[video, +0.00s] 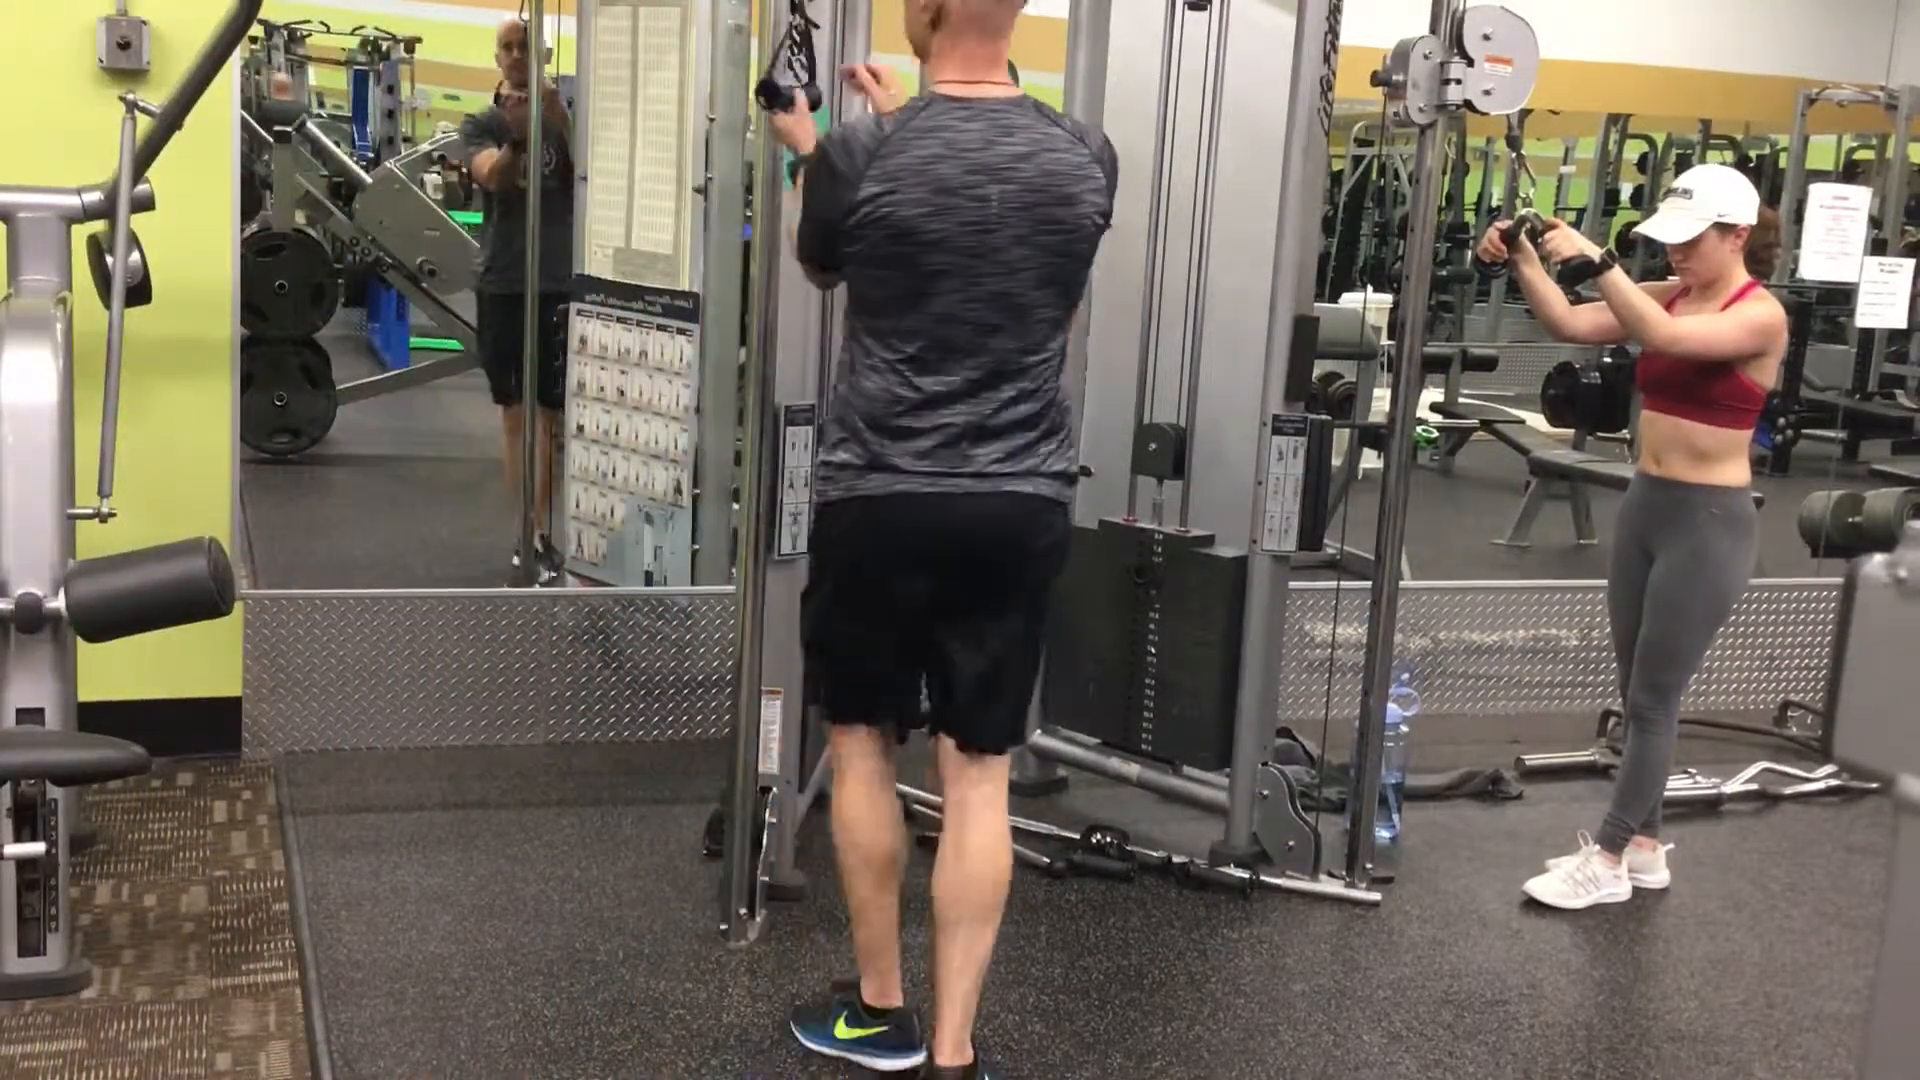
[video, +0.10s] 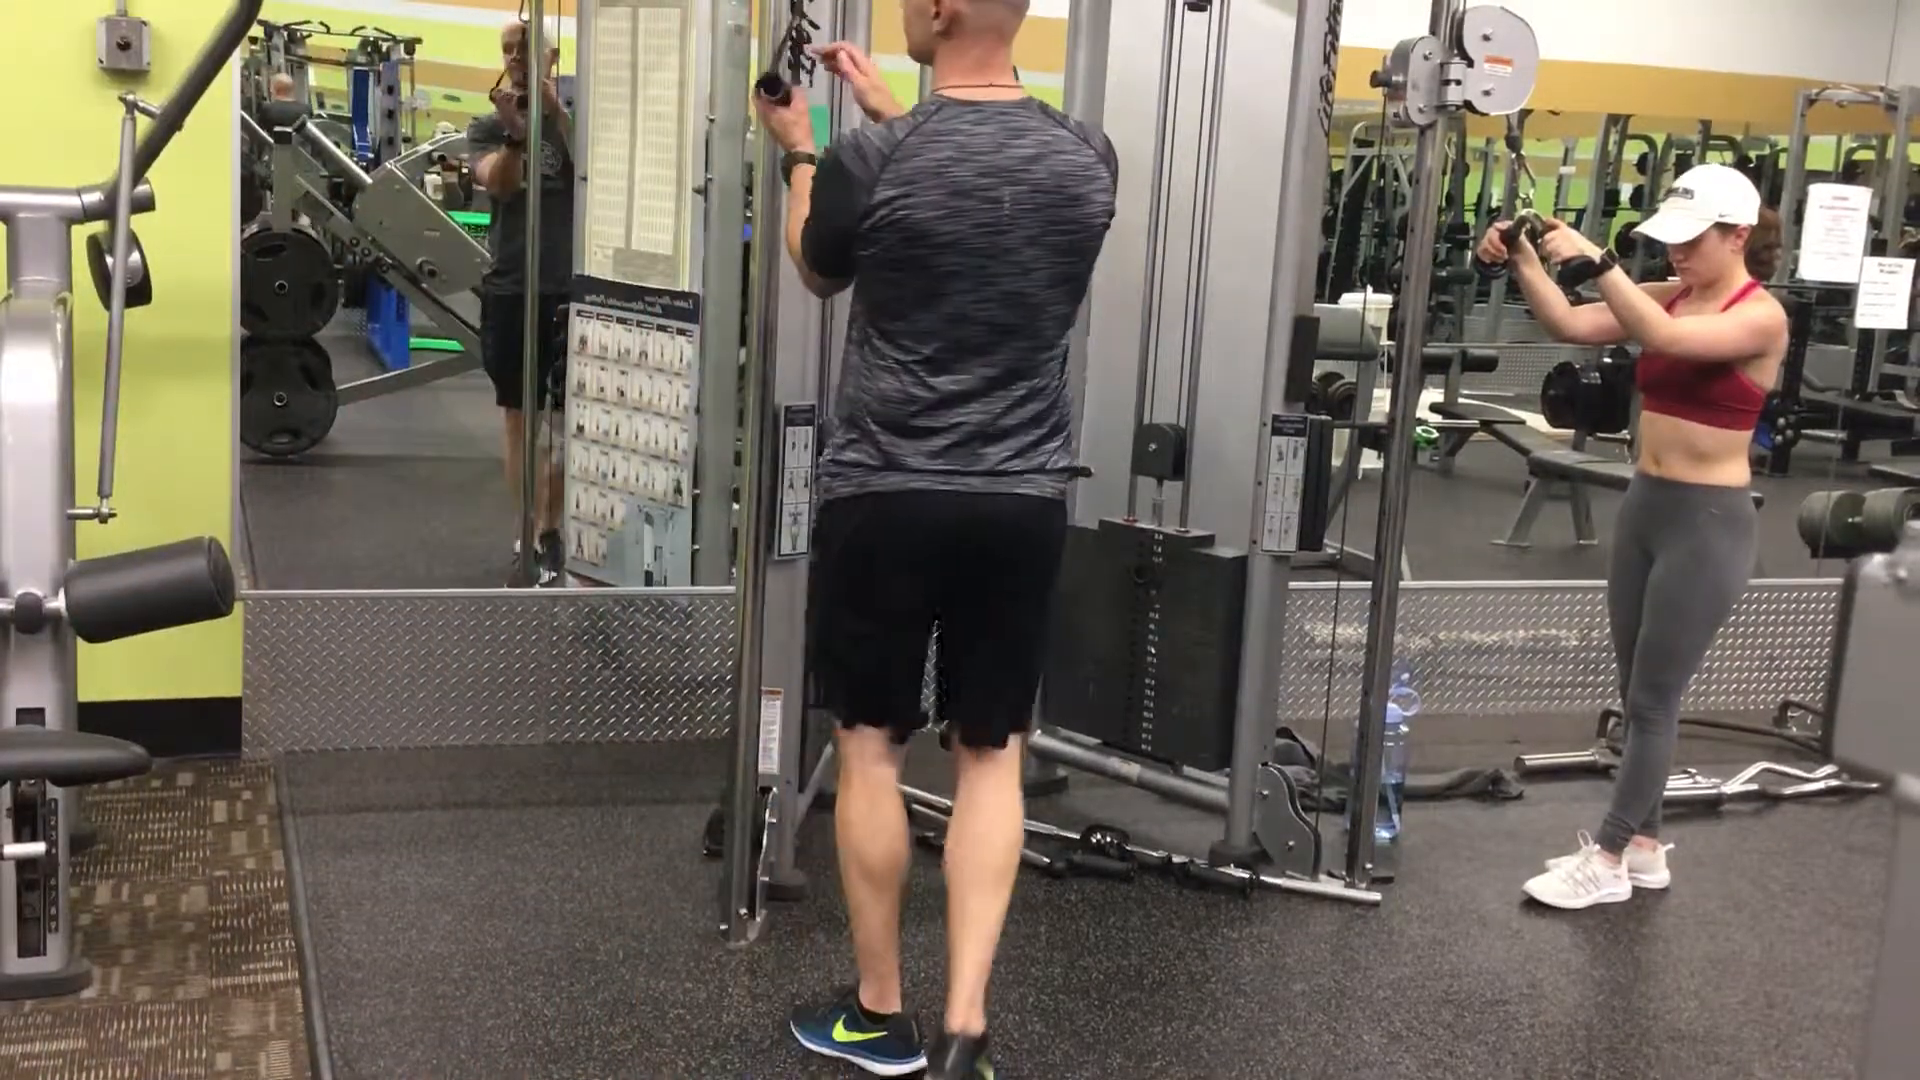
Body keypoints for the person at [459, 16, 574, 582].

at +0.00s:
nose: (516, 56)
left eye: (525, 46)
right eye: (508, 47)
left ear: (542, 49)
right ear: (496, 52)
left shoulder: (572, 107)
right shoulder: (481, 122)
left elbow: (591, 165)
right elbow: (489, 173)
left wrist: (556, 112)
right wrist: (521, 129)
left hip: (563, 281)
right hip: (504, 283)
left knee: (554, 418)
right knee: (514, 415)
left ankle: (547, 532)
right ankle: (525, 533)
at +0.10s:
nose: (517, 60)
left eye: (526, 49)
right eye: (509, 51)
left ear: (546, 52)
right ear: (501, 56)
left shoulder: (575, 114)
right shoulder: (487, 123)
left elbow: (594, 167)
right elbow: (495, 183)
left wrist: (555, 108)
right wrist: (515, 133)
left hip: (570, 285)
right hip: (510, 287)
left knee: (565, 422)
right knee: (517, 421)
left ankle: (553, 534)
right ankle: (527, 541)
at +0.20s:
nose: (526, 67)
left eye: (538, 57)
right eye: (518, 57)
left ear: (560, 61)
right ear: (508, 61)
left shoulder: (579, 116)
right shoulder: (498, 116)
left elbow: (594, 160)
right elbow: (498, 184)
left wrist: (550, 102)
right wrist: (511, 131)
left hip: (572, 281)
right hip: (515, 282)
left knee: (567, 420)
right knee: (521, 423)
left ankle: (555, 531)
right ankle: (526, 546)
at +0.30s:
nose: (536, 79)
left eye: (546, 69)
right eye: (531, 69)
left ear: (568, 71)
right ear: (523, 73)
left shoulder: (587, 123)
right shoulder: (515, 121)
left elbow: (593, 161)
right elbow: (503, 189)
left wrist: (544, 103)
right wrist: (506, 129)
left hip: (580, 282)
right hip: (523, 282)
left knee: (571, 428)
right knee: (527, 428)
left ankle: (565, 552)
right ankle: (528, 550)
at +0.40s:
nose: (537, 77)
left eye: (546, 69)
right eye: (538, 68)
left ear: (569, 75)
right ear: (541, 76)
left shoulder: (599, 122)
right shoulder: (532, 114)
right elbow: (510, 181)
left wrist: (565, 126)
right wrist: (512, 120)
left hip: (589, 277)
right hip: (539, 278)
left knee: (582, 423)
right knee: (537, 422)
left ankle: (586, 555)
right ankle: (535, 546)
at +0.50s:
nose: (554, 76)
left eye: (562, 68)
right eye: (553, 67)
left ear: (587, 71)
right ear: (553, 71)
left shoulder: (607, 129)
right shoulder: (546, 124)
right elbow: (518, 179)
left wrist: (565, 124)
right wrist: (518, 115)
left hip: (596, 288)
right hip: (549, 287)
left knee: (586, 431)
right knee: (543, 428)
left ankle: (589, 558)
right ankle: (536, 547)